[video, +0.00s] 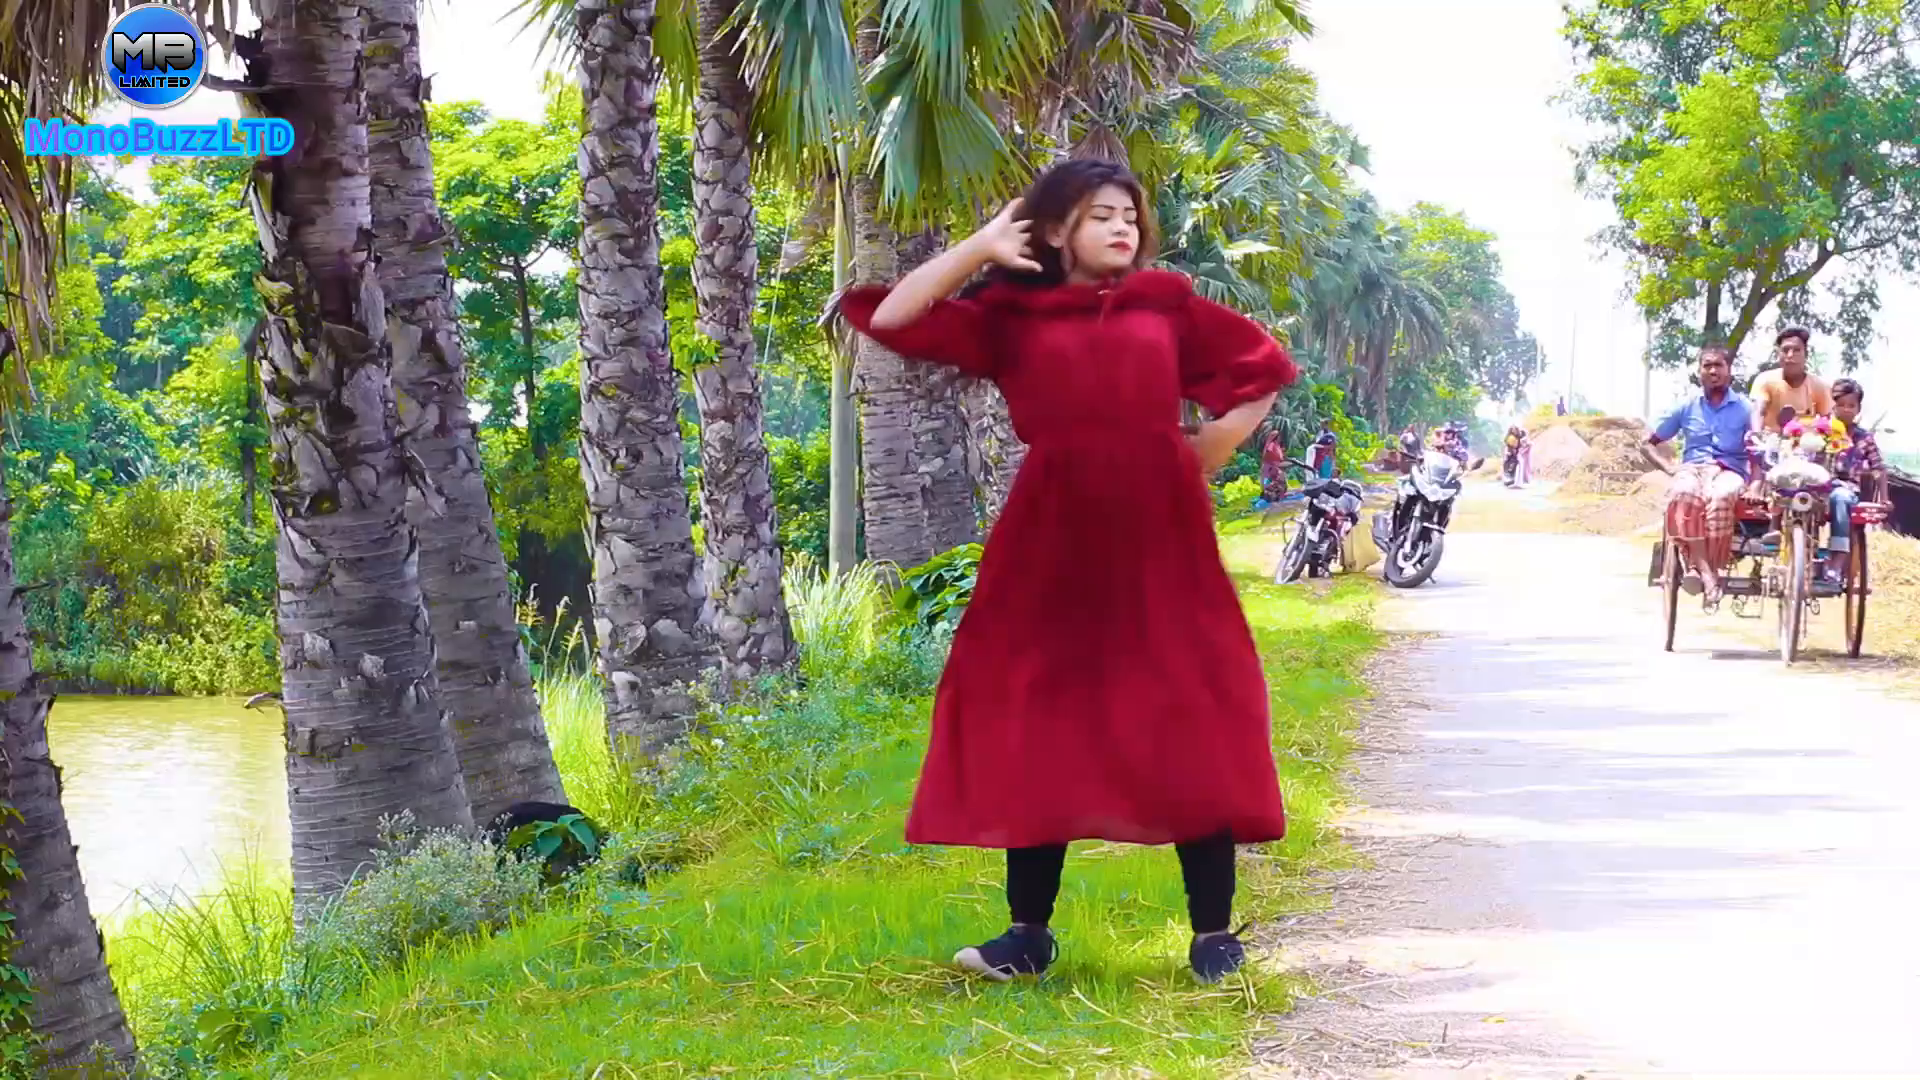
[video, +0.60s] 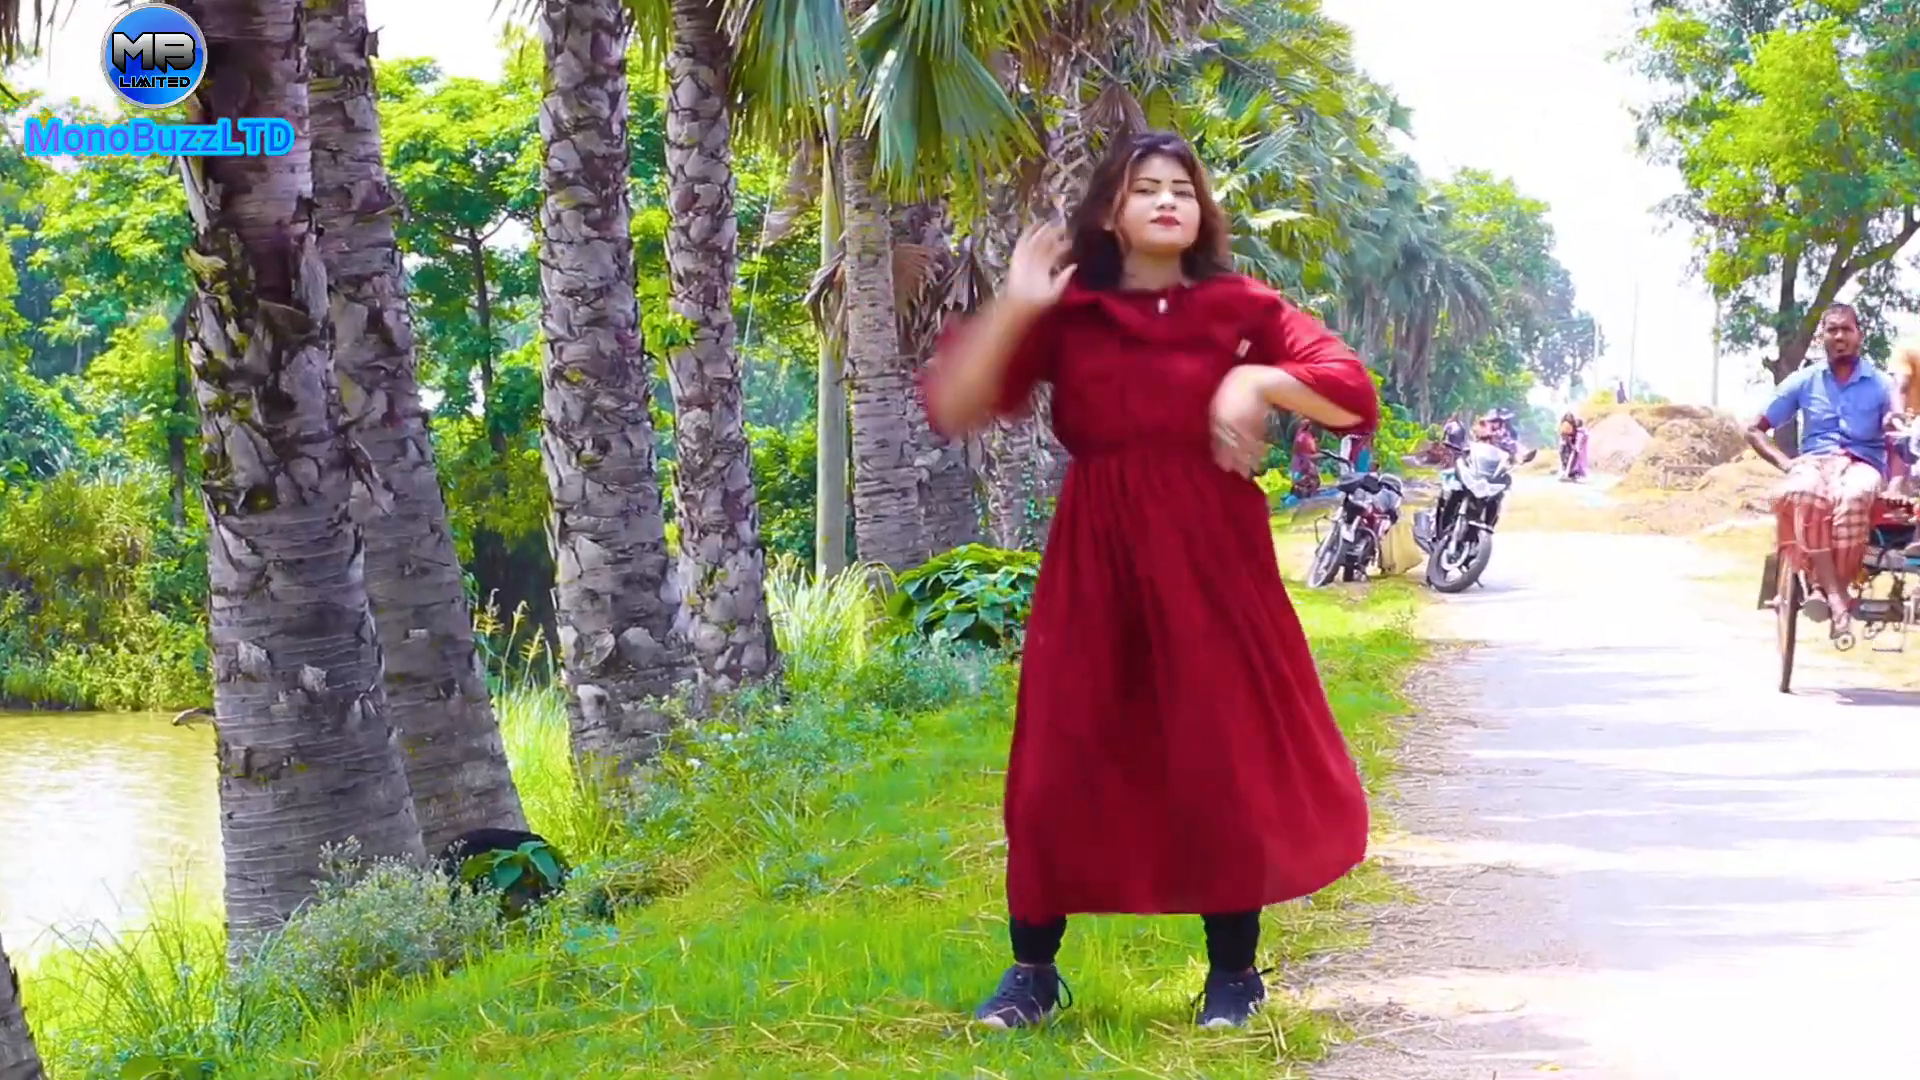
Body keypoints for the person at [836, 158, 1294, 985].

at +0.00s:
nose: (1121, 229)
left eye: (1129, 217)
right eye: (1102, 216)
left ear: (1140, 231)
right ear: (1053, 231)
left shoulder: (1164, 299)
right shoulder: (1011, 315)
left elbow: (1266, 365)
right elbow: (891, 319)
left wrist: (1215, 444)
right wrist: (978, 248)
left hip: (1157, 536)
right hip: (1053, 539)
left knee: (1191, 726)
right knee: (1036, 729)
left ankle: (1212, 935)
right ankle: (1028, 933)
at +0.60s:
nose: (1169, 199)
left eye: (1183, 189)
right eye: (1148, 188)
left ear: (1203, 212)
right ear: (1112, 213)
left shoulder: (1240, 304)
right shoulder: (1066, 312)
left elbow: (1352, 395)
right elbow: (951, 406)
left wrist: (1257, 379)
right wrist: (1013, 302)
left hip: (1210, 553)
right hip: (1093, 551)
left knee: (1220, 756)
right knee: (1049, 759)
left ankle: (1232, 974)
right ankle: (1032, 973)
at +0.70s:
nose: (1158, 226)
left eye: (1175, 216)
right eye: (1140, 217)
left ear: (1201, 240)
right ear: (1116, 243)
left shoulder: (1233, 321)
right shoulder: (1080, 349)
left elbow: (1298, 400)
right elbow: (1044, 480)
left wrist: (1193, 334)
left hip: (1202, 569)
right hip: (1095, 564)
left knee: (1209, 751)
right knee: (1029, 747)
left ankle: (1217, 954)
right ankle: (1025, 939)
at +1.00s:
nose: (1122, 216)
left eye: (1142, 202)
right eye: (1121, 202)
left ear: (1192, 214)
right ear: (1123, 215)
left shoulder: (1221, 296)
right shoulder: (1120, 313)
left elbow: (1306, 281)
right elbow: (1113, 420)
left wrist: (1217, 233)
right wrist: (1069, 474)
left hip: (1192, 551)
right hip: (1109, 548)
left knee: (1202, 746)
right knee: (1074, 746)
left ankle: (1221, 961)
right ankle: (1011, 954)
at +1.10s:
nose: (1115, 242)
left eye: (1132, 229)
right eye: (1112, 228)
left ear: (1185, 238)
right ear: (1113, 241)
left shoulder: (1221, 316)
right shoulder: (1102, 330)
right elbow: (1057, 419)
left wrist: (1163, 266)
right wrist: (1032, 505)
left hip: (1178, 556)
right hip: (1091, 549)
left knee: (1173, 737)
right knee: (1054, 728)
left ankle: (1204, 935)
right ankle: (1005, 926)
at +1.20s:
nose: (1106, 222)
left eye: (1121, 207)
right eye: (1105, 207)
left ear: (1173, 214)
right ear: (1118, 218)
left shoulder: (1222, 291)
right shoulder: (1103, 310)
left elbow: (1187, 286)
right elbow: (1053, 401)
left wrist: (1179, 231)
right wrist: (1028, 469)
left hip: (1200, 546)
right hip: (1101, 541)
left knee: (1196, 741)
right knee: (1028, 718)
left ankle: (1220, 959)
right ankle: (1002, 941)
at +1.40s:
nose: (1052, 245)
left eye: (1074, 231)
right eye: (1050, 231)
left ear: (1128, 245)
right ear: (1049, 244)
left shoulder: (1179, 329)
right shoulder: (1036, 340)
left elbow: (1310, 337)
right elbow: (989, 437)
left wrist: (1202, 281)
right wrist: (979, 488)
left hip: (1153, 560)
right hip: (1049, 562)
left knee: (1171, 749)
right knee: (1012, 752)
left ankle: (1210, 944)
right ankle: (974, 937)